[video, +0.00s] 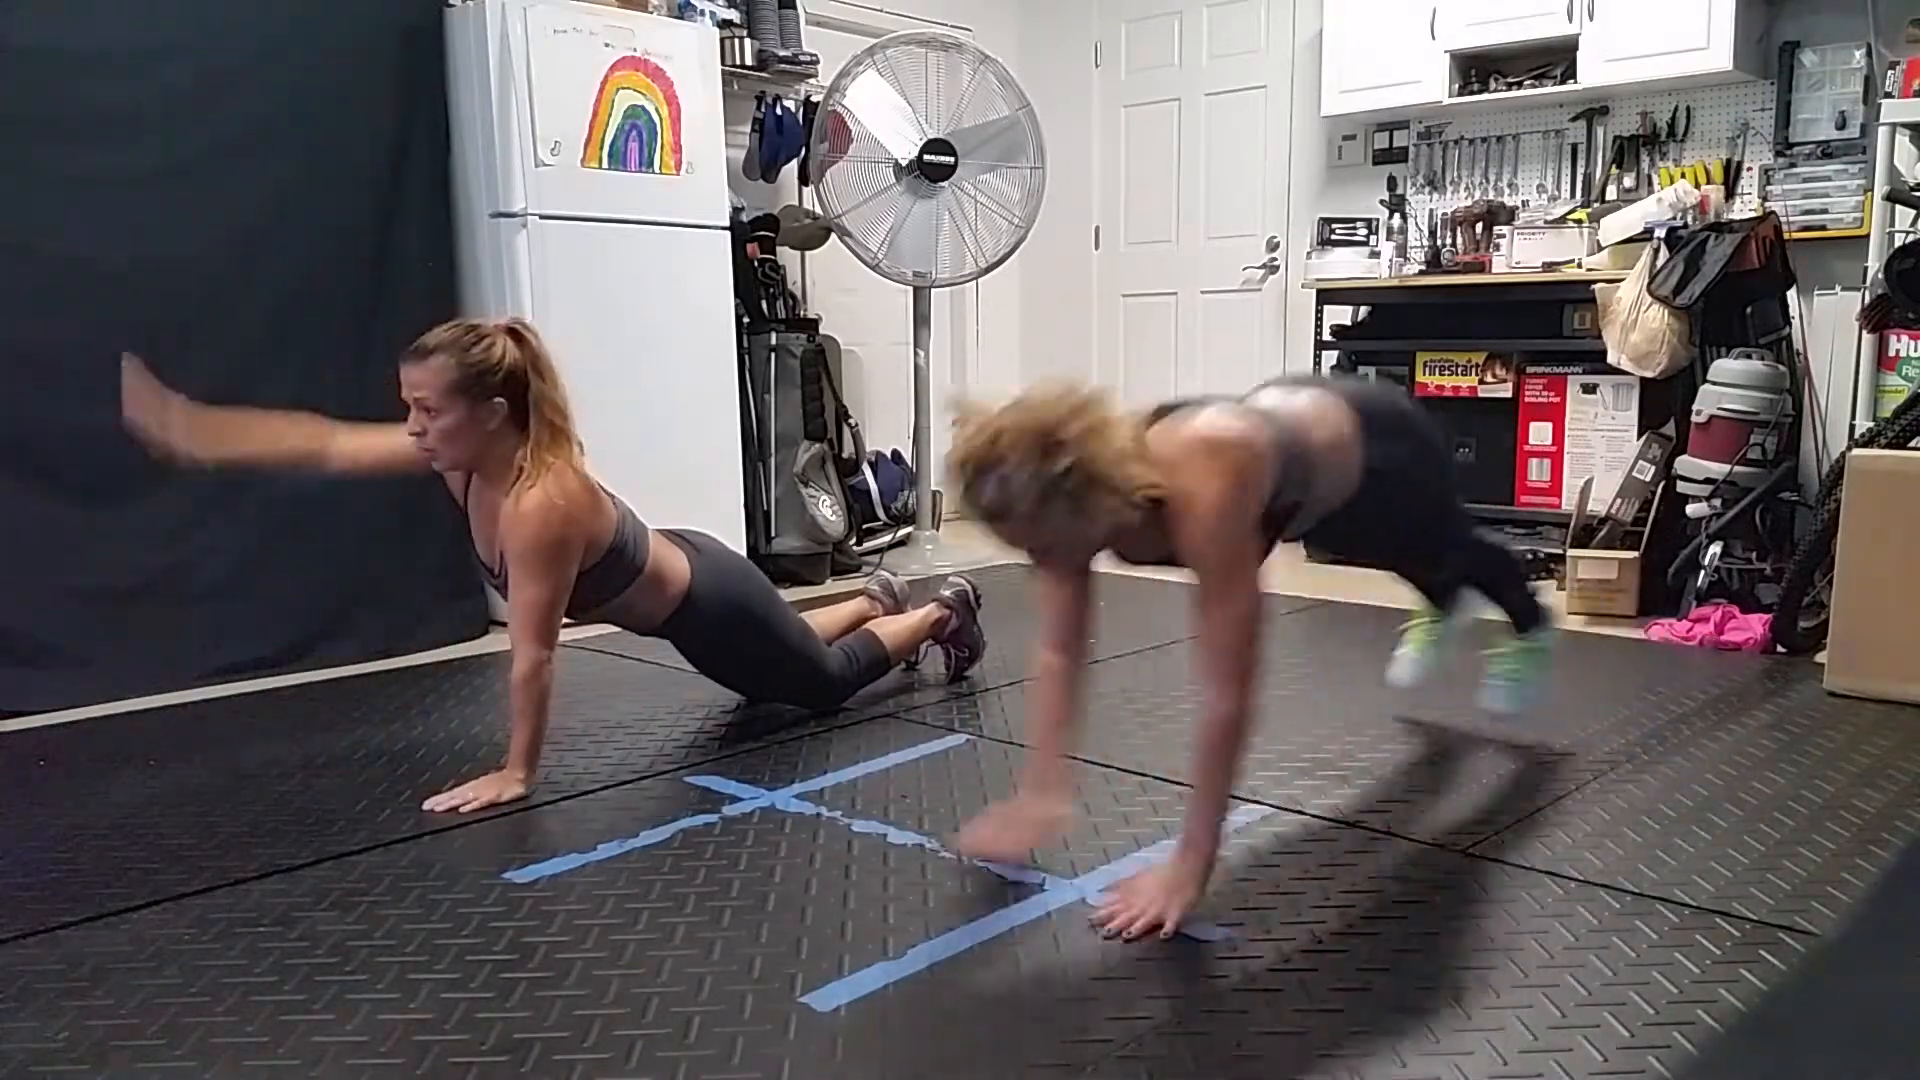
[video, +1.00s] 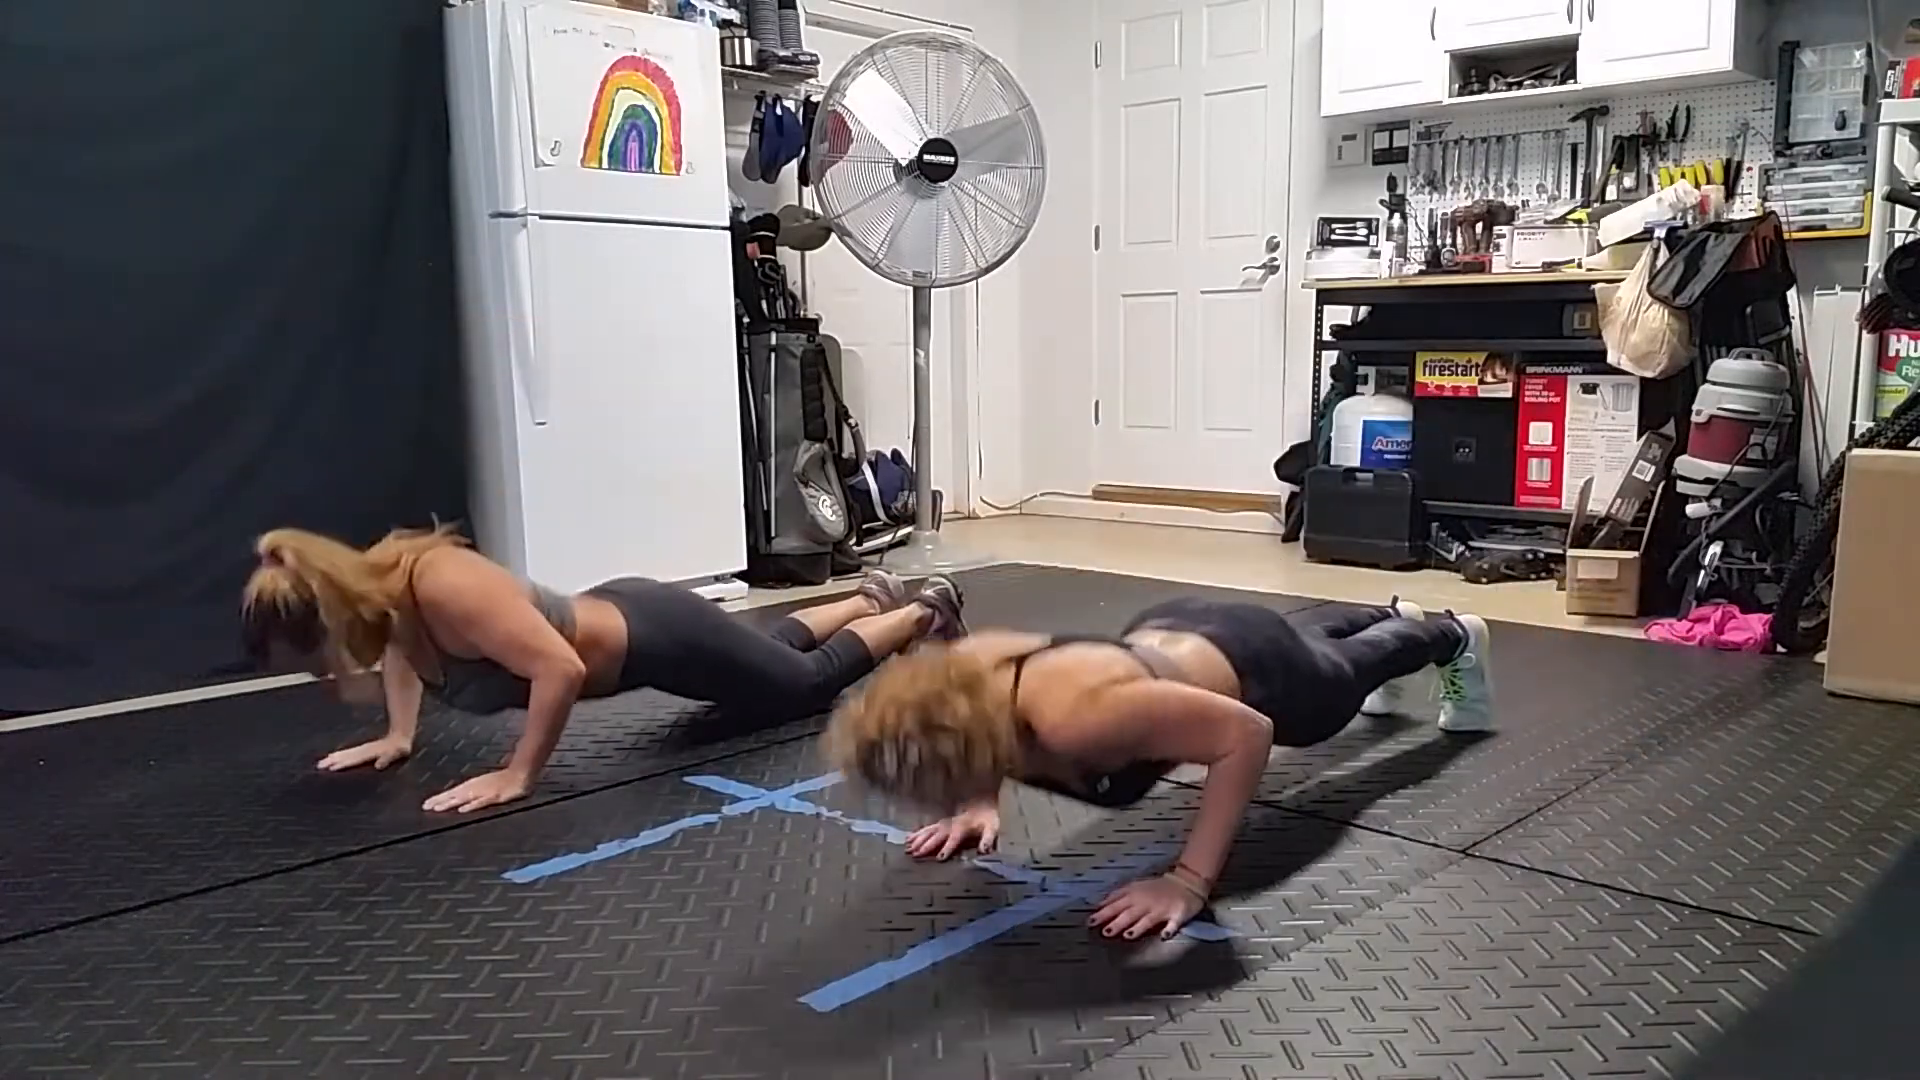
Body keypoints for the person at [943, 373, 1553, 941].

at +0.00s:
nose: (1039, 563)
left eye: (1043, 544)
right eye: (1027, 550)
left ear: (1087, 506)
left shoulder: (1212, 475)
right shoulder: (1067, 505)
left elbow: (1228, 693)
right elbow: (1059, 652)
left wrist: (1189, 866)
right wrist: (1043, 788)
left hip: (1378, 442)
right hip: (1296, 460)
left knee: (1453, 546)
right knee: (1387, 550)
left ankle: (1533, 620)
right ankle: (1445, 602)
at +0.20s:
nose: (973, 653)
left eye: (972, 637)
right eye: (958, 645)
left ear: (1003, 581)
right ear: (986, 575)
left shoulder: (1133, 549)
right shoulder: (1008, 558)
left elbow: (1215, 716)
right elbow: (1005, 672)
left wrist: (1184, 876)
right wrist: (981, 806)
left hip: (1294, 594)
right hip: (1224, 585)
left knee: (1376, 636)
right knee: (1327, 642)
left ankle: (1463, 637)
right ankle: (1388, 661)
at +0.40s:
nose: (934, 723)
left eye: (930, 708)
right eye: (918, 713)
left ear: (970, 672)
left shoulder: (1091, 632)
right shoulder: (981, 601)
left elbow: (1231, 729)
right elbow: (995, 692)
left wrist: (1187, 875)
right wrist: (981, 801)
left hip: (1259, 636)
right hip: (1187, 596)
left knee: (1368, 646)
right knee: (1308, 615)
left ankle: (1455, 631)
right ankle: (1393, 613)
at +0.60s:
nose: (934, 854)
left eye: (941, 839)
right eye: (920, 844)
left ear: (971, 786)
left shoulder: (1076, 733)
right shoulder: (961, 673)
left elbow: (1246, 734)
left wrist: (1187, 881)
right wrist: (981, 793)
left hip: (1249, 675)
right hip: (1167, 644)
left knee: (1355, 661)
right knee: (1288, 626)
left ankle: (1437, 630)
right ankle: (1388, 616)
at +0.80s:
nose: (943, 902)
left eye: (944, 887)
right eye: (927, 894)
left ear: (973, 839)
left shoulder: (1081, 782)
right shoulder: (947, 722)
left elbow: (1243, 731)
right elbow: (987, 659)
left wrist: (1187, 881)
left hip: (1248, 689)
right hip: (1168, 658)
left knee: (1353, 671)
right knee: (1283, 632)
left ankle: (1437, 631)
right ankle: (1387, 617)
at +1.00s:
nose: (930, 812)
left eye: (932, 799)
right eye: (916, 806)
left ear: (958, 764)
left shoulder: (1077, 719)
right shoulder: (956, 659)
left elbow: (1247, 734)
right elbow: (963, 712)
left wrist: (1188, 880)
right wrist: (979, 796)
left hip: (1251, 662)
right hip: (1166, 627)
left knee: (1362, 655)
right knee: (1296, 620)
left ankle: (1446, 632)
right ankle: (1386, 613)